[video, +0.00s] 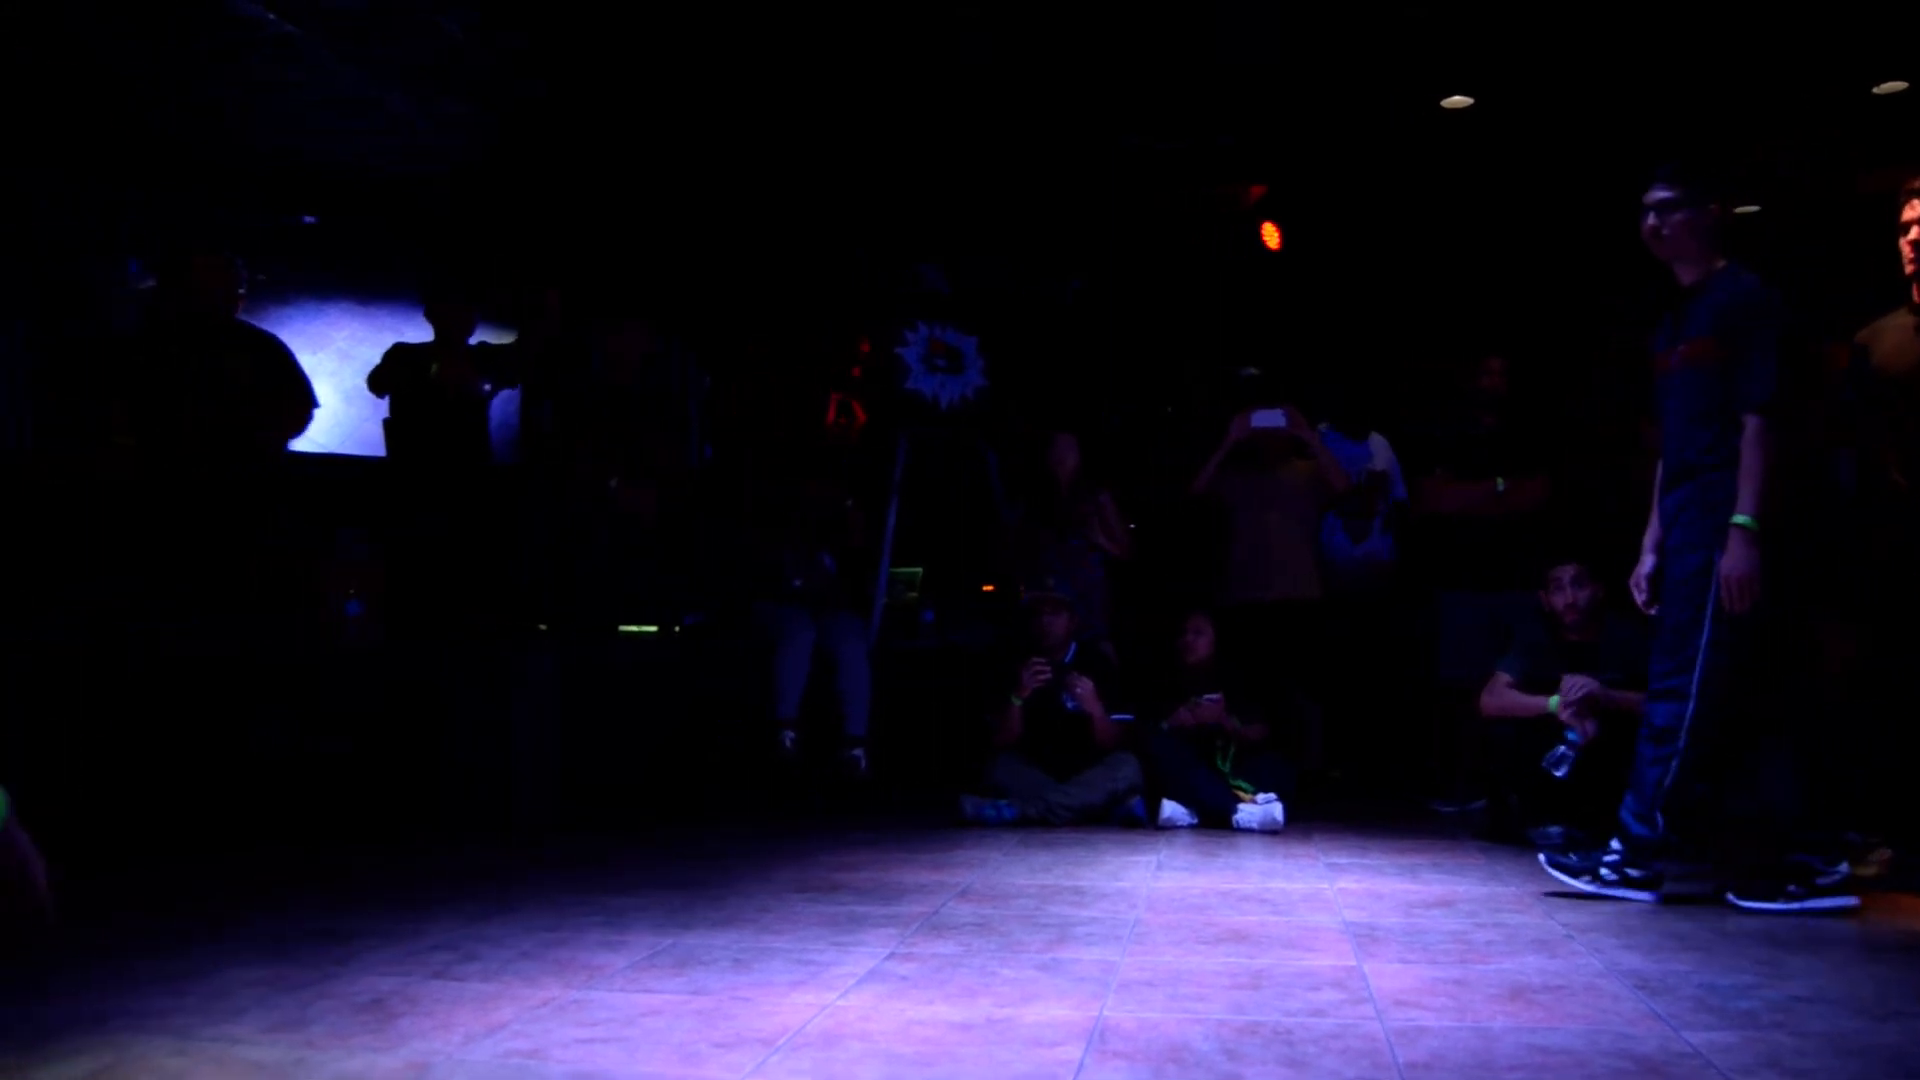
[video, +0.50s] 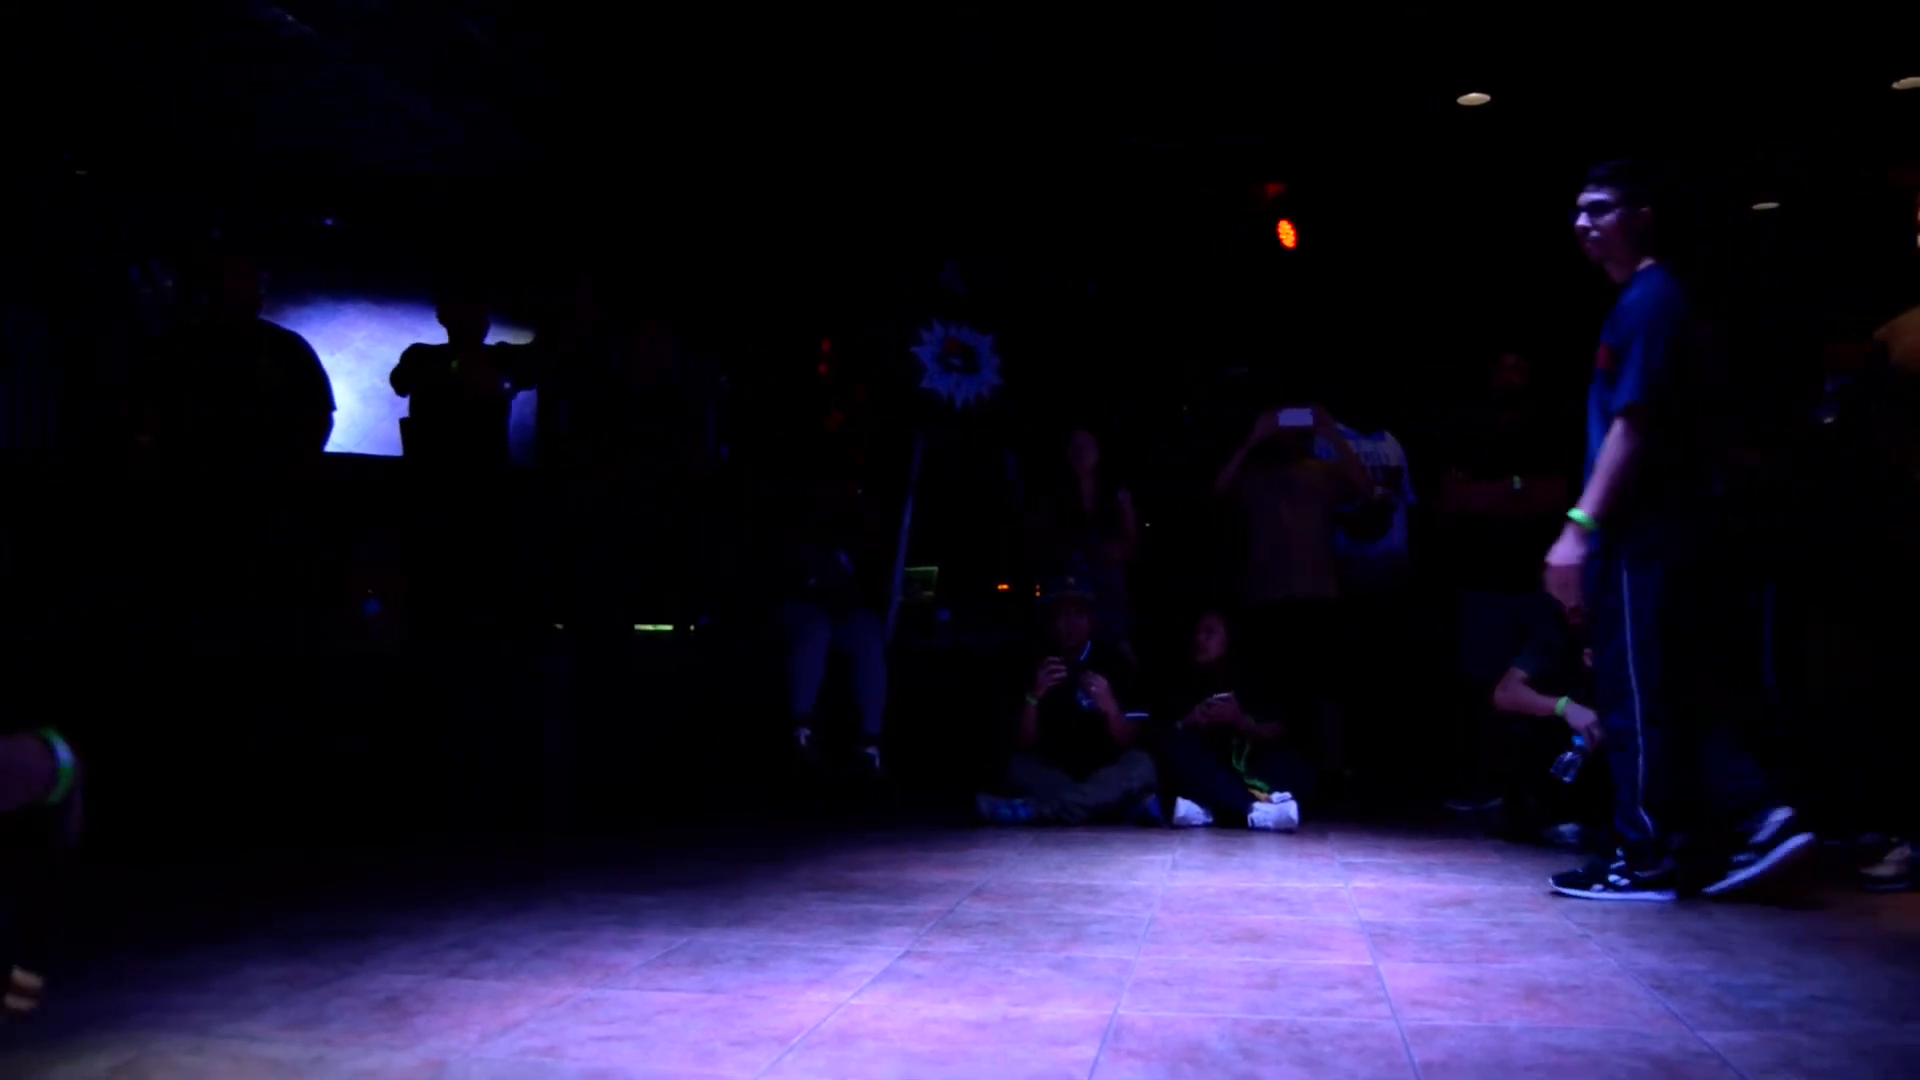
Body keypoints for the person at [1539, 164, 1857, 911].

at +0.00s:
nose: (1654, 224)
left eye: (1668, 210)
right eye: (1649, 213)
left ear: (1709, 215)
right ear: (1649, 230)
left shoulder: (1746, 301)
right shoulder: (1679, 316)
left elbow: (1756, 426)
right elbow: (1674, 449)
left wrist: (1744, 533)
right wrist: (1651, 547)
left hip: (1725, 522)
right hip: (1690, 522)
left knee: (1681, 683)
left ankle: (1644, 847)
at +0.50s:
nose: (1583, 225)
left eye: (1598, 211)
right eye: (1581, 213)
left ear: (1642, 217)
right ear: (1609, 226)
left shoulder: (1653, 299)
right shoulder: (1647, 297)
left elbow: (1632, 425)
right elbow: (1640, 424)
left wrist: (1580, 526)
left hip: (1649, 520)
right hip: (1657, 514)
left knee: (1638, 684)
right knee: (1672, 675)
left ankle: (1644, 857)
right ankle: (1755, 816)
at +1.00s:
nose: (1536, 232)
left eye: (1551, 221)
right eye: (1535, 221)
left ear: (1592, 230)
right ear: (1554, 235)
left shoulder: (1606, 306)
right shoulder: (1584, 306)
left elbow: (1596, 429)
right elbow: (1586, 430)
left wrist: (1551, 529)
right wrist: (1550, 524)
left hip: (1604, 529)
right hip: (1577, 526)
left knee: (1611, 689)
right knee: (1547, 679)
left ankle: (1641, 853)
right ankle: (1519, 831)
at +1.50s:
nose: (1492, 240)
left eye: (1508, 229)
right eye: (1489, 230)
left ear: (1543, 240)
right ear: (1487, 245)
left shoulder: (1571, 319)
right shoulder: (1495, 338)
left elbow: (1586, 431)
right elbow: (1475, 456)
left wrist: (1565, 529)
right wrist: (1440, 546)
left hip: (1545, 543)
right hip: (1489, 549)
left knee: (1579, 699)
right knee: (1510, 697)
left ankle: (1637, 850)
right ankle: (1519, 839)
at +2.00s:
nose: (1468, 248)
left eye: (1483, 238)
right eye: (1461, 239)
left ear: (1513, 252)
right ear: (1452, 254)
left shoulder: (1548, 332)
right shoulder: (1440, 356)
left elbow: (1575, 436)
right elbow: (1434, 459)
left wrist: (1565, 530)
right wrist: (1422, 551)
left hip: (1534, 543)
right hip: (1464, 551)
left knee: (1572, 697)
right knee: (1495, 699)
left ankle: (1623, 846)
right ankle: (1518, 838)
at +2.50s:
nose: (1470, 252)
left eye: (1483, 241)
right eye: (1461, 243)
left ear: (1512, 254)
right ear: (1451, 261)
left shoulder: (1551, 336)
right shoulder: (1433, 355)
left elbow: (1579, 439)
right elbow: (1421, 456)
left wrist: (1584, 529)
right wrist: (1405, 549)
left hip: (1546, 542)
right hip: (1470, 550)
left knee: (1594, 688)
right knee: (1497, 695)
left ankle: (1638, 838)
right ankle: (1518, 838)